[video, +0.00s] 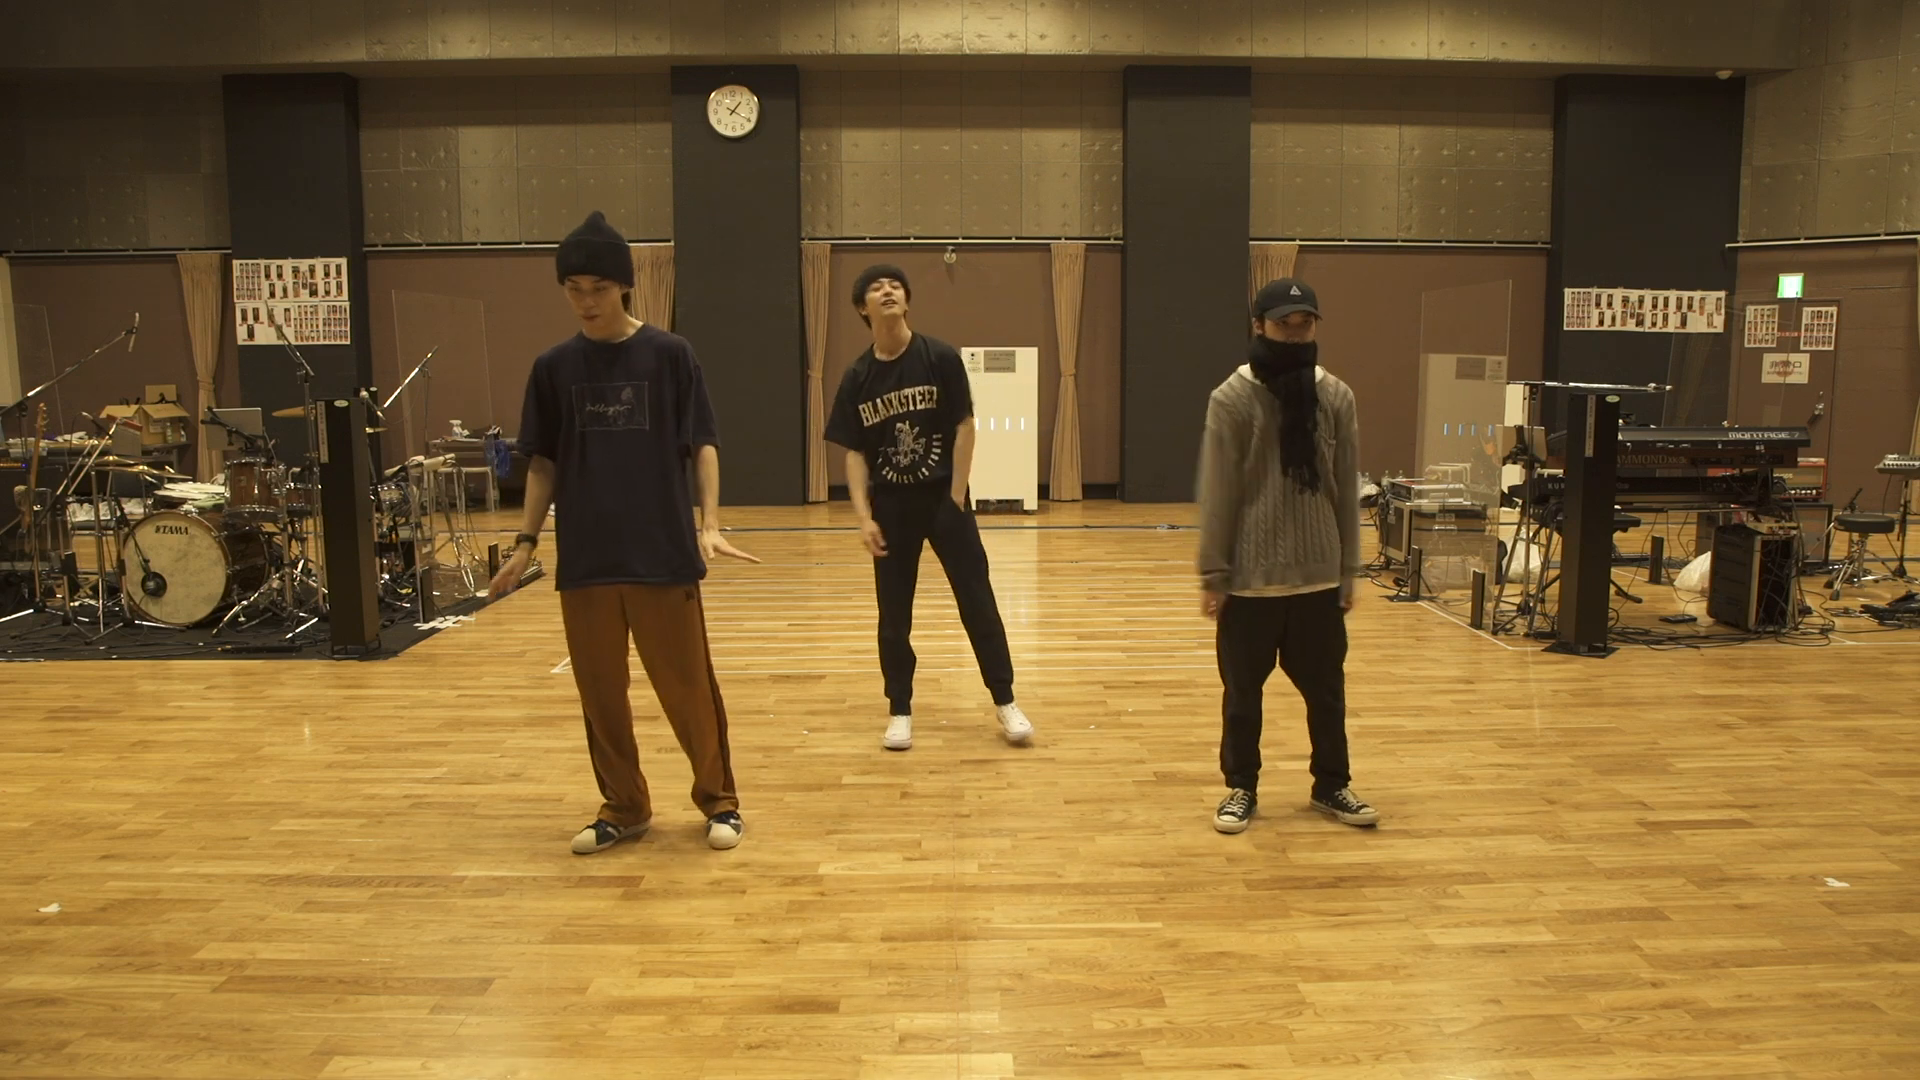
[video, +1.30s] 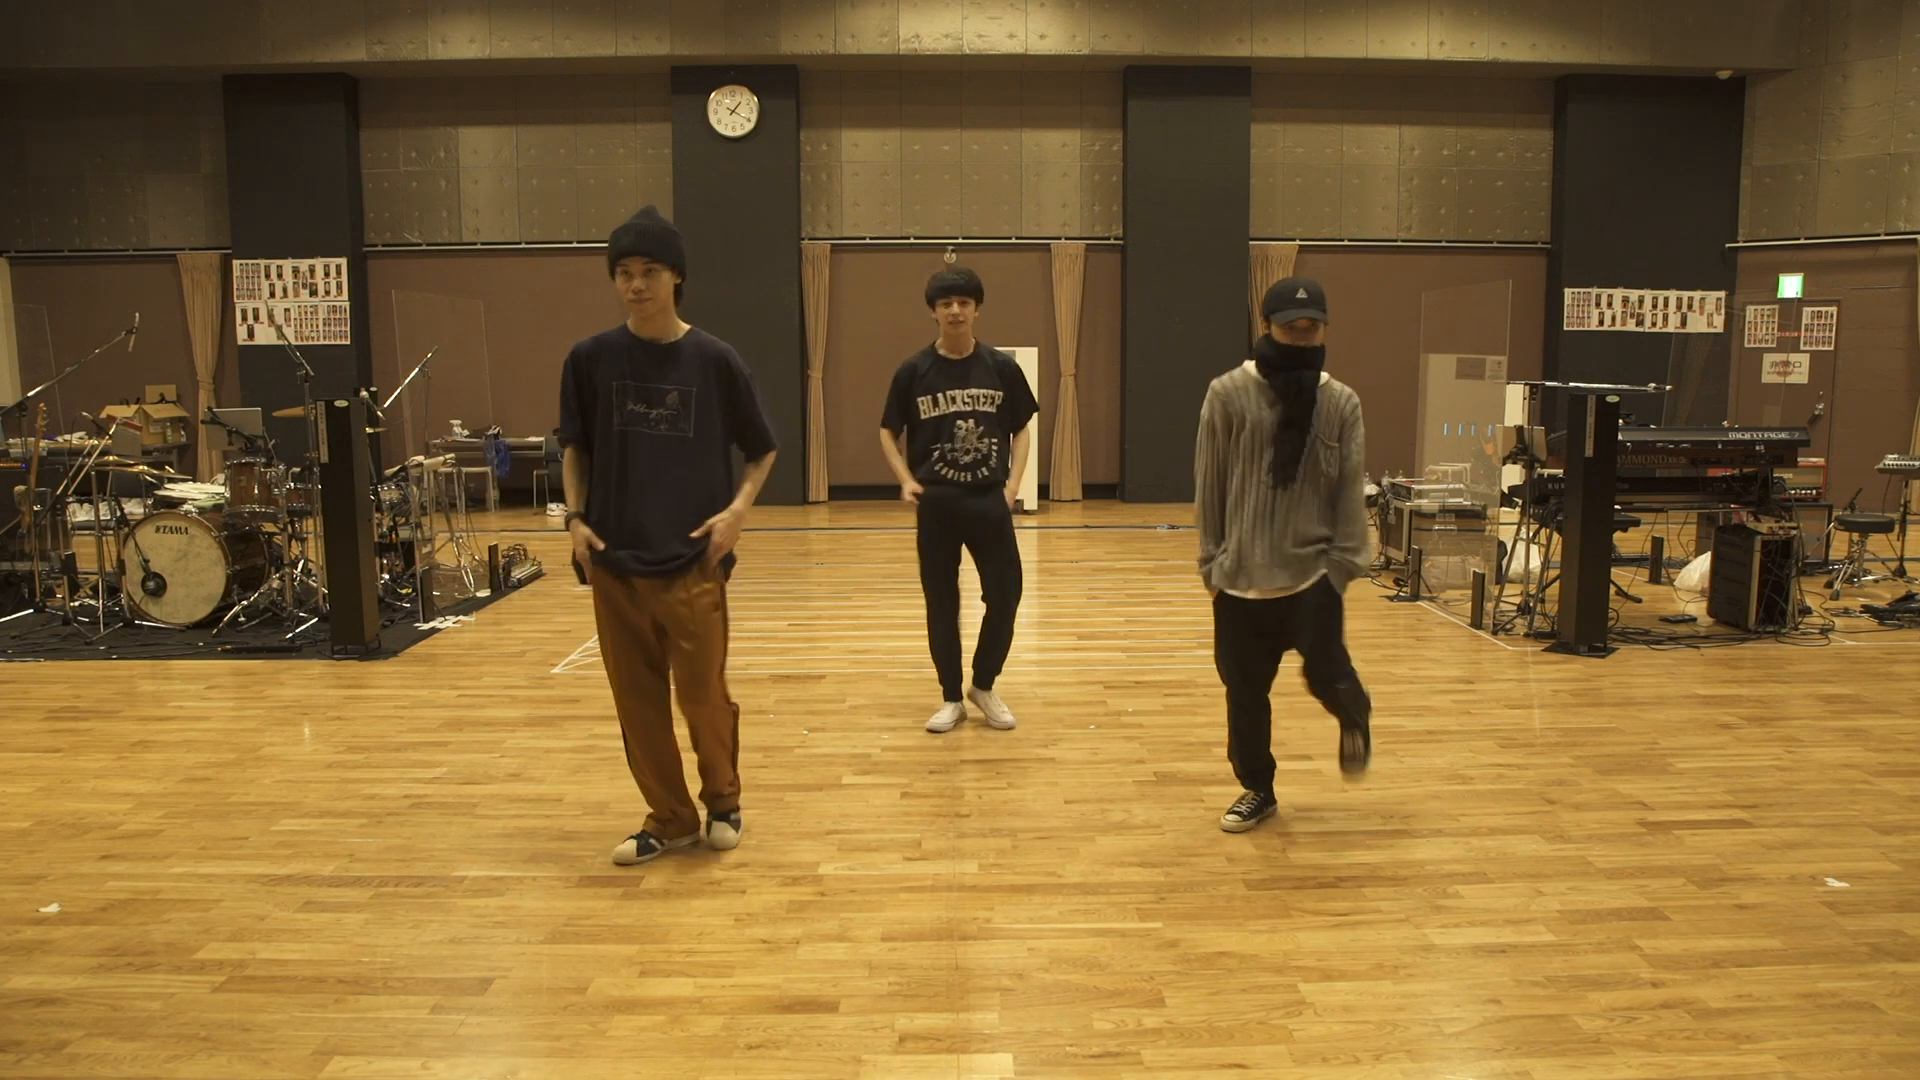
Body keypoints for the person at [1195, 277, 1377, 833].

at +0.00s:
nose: (1297, 332)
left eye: (1306, 322)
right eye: (1285, 322)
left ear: (1316, 327)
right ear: (1260, 326)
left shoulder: (1336, 396)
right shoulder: (1232, 399)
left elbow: (1348, 492)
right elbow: (1217, 493)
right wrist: (1214, 575)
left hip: (1318, 577)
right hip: (1247, 580)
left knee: (1327, 691)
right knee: (1241, 693)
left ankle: (1331, 786)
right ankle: (1241, 789)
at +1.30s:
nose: (1303, 337)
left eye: (1313, 327)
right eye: (1291, 326)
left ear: (1325, 332)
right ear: (1266, 328)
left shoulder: (1340, 402)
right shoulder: (1226, 393)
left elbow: (1352, 489)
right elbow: (1209, 481)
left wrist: (1342, 563)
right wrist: (1211, 558)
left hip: (1311, 571)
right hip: (1239, 573)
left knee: (1327, 672)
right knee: (1243, 691)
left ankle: (1355, 719)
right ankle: (1257, 790)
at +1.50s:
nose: (1269, 363)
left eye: (1281, 353)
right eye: (1258, 351)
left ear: (1297, 353)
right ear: (1236, 347)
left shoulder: (1320, 415)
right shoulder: (1215, 409)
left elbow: (1367, 486)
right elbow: (1214, 496)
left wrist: (1318, 540)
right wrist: (1219, 565)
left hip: (1306, 558)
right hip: (1243, 566)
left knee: (1258, 643)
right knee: (1218, 686)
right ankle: (1274, 792)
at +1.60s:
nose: (1263, 380)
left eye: (1275, 371)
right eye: (1253, 367)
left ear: (1294, 371)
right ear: (1235, 362)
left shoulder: (1308, 431)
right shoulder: (1226, 415)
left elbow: (1353, 512)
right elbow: (1235, 503)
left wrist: (1298, 569)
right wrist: (1231, 575)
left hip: (1287, 590)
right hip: (1244, 587)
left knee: (1272, 714)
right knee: (1212, 692)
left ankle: (1331, 857)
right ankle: (1277, 803)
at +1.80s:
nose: (1249, 372)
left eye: (1263, 363)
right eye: (1240, 359)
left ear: (1282, 365)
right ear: (1223, 353)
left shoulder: (1299, 421)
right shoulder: (1200, 410)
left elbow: (1338, 500)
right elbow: (1201, 498)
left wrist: (1286, 561)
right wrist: (1209, 568)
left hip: (1281, 578)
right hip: (1225, 579)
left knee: (1287, 695)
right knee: (1213, 703)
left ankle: (1333, 825)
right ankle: (1280, 805)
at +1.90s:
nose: (1251, 350)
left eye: (1265, 340)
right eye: (1241, 336)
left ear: (1281, 340)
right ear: (1222, 329)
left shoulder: (1306, 388)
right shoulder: (1186, 397)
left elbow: (1350, 463)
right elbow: (1178, 480)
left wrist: (1301, 522)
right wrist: (1193, 547)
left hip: (1283, 534)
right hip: (1215, 544)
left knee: (1261, 600)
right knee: (1195, 677)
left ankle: (1313, 722)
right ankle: (1261, 772)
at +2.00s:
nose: (1254, 342)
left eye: (1265, 332)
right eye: (1244, 330)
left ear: (1279, 332)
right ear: (1219, 324)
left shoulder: (1305, 377)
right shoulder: (1189, 398)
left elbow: (1348, 441)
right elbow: (1164, 479)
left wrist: (1305, 504)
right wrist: (1168, 547)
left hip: (1270, 521)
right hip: (1203, 535)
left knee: (1291, 562)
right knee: (1209, 666)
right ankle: (1200, 779)